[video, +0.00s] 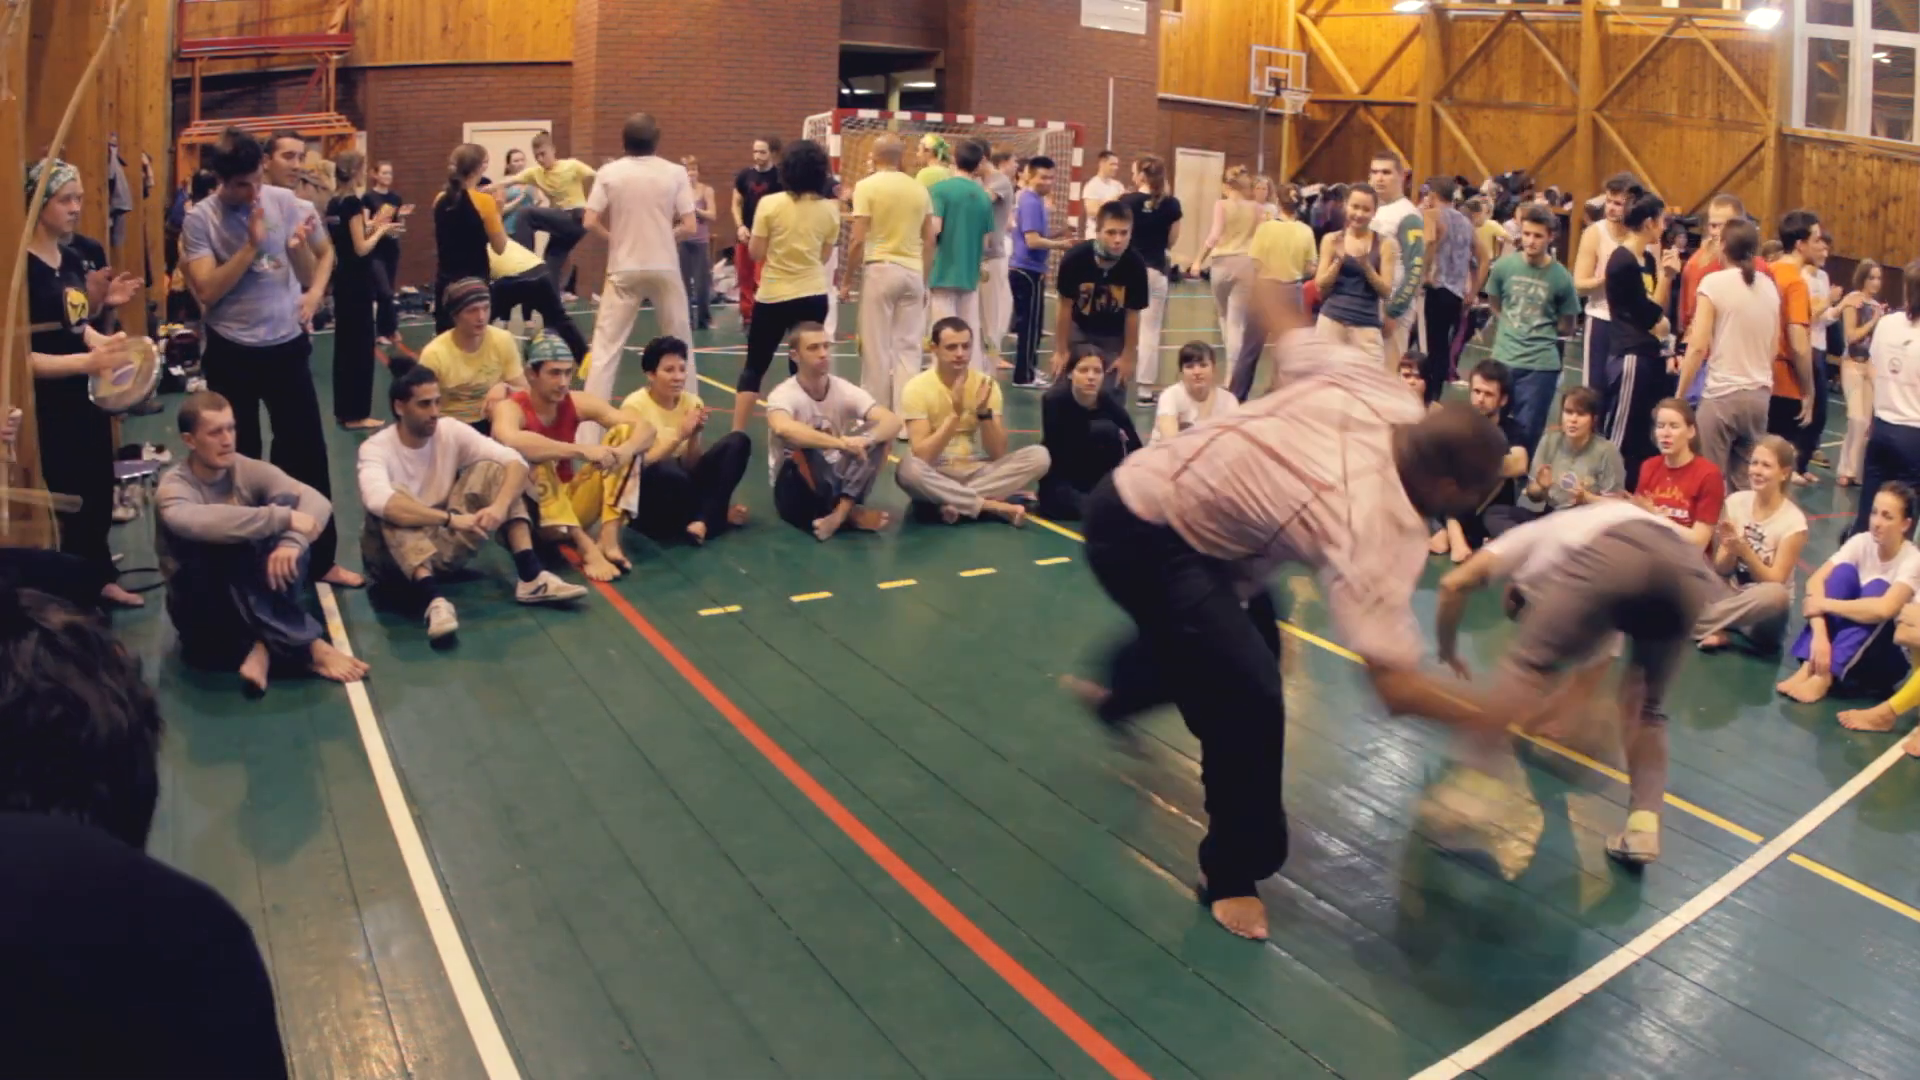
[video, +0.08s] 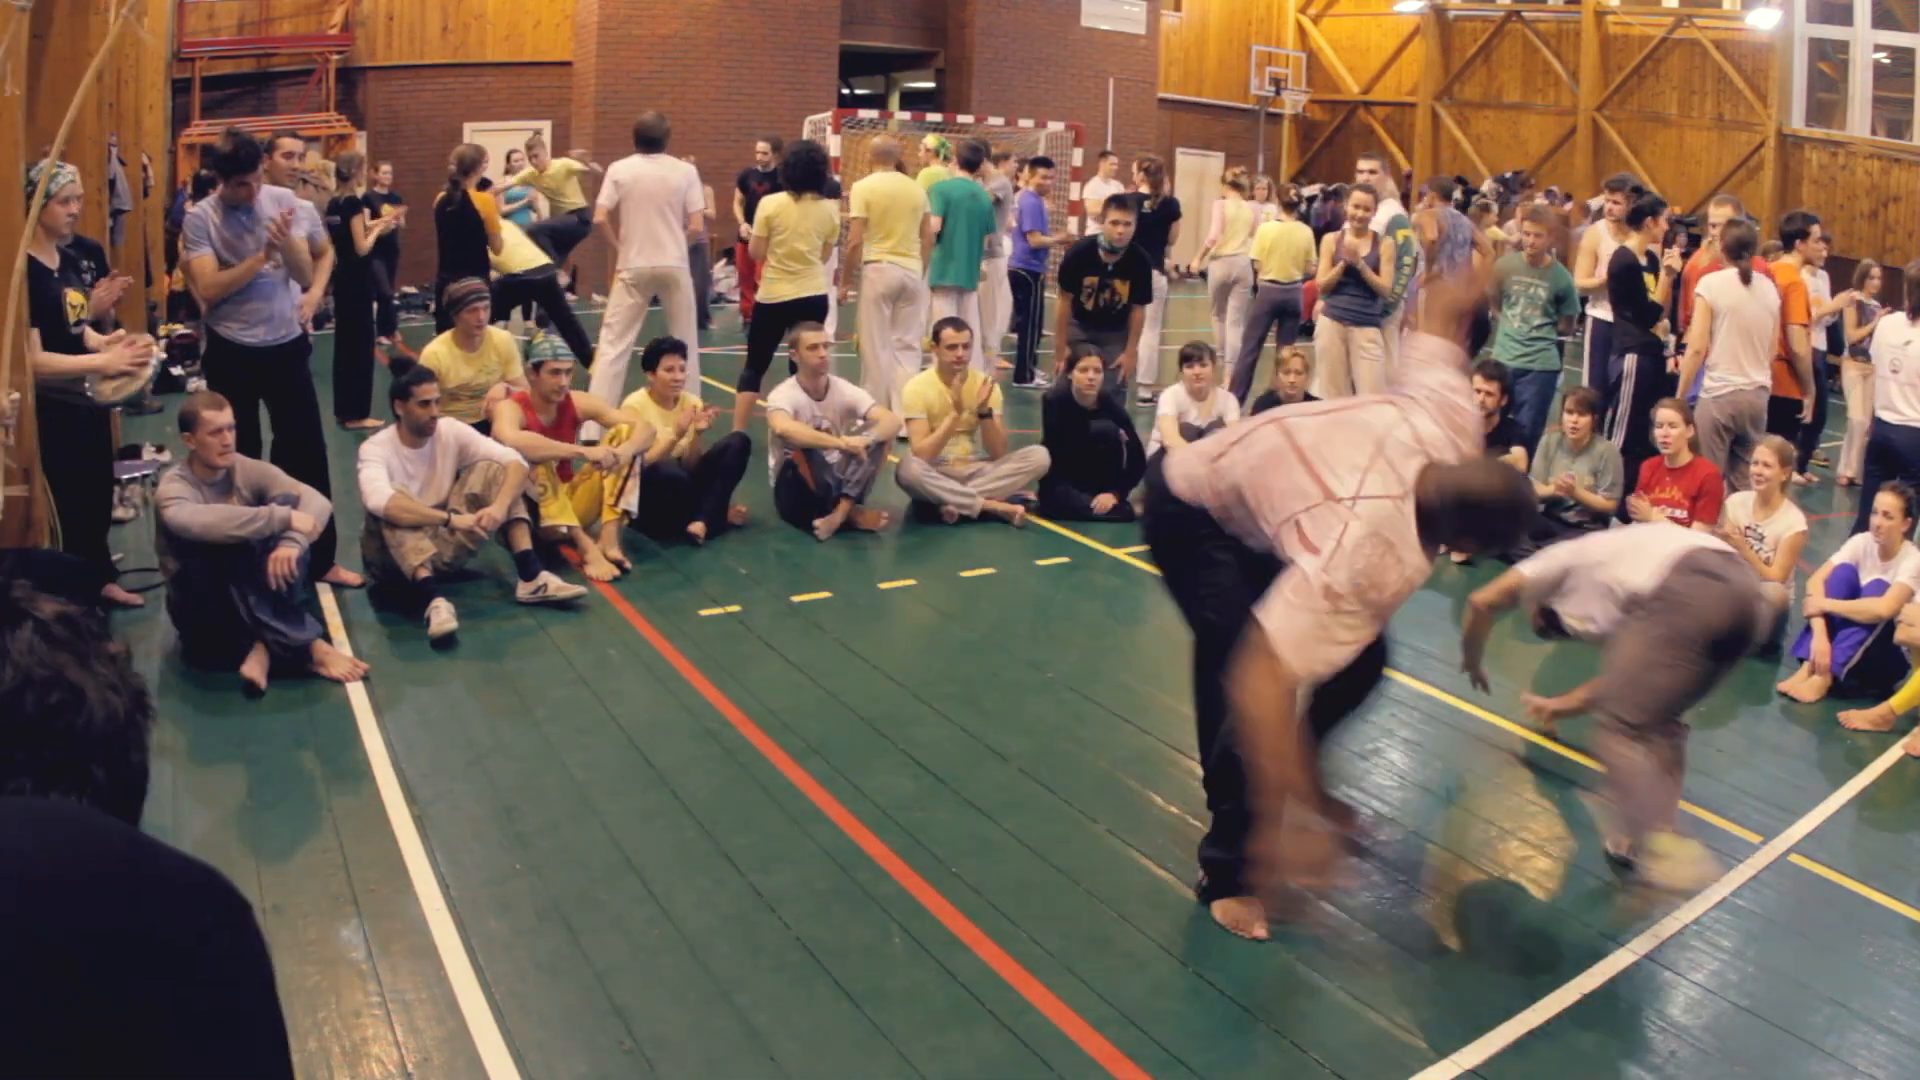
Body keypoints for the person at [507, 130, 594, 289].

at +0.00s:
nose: (540, 159)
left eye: (543, 154)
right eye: (537, 156)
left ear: (553, 150)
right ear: (534, 156)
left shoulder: (572, 166)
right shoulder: (536, 173)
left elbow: (598, 178)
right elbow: (511, 181)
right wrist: (488, 189)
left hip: (576, 216)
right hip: (561, 219)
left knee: (527, 215)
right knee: (552, 262)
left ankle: (523, 263)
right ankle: (550, 304)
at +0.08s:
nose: (533, 161)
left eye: (536, 156)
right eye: (530, 158)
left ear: (546, 153)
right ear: (527, 158)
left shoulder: (564, 164)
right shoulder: (531, 174)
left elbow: (599, 173)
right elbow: (507, 185)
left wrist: (588, 161)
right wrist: (485, 194)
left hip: (579, 215)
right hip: (562, 219)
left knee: (536, 230)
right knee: (552, 261)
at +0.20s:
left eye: (494, 194)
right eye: (522, 180)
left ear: (499, 193)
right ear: (519, 187)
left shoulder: (502, 216)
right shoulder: (544, 205)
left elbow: (500, 251)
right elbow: (575, 228)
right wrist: (587, 236)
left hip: (525, 277)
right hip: (557, 275)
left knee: (497, 321)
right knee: (576, 319)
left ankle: (494, 368)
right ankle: (596, 364)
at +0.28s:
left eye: (521, 181)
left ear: (526, 181)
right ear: (547, 178)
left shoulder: (522, 208)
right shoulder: (568, 199)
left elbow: (514, 247)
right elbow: (598, 216)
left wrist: (501, 277)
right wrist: (625, 218)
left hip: (534, 274)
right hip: (566, 274)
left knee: (501, 313)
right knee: (584, 317)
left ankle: (486, 361)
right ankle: (598, 364)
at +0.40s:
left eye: (555, 173)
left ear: (556, 175)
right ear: (578, 174)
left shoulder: (548, 203)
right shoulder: (593, 198)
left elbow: (536, 242)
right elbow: (618, 211)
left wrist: (519, 272)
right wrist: (635, 208)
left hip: (551, 266)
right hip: (580, 269)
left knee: (526, 291)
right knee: (588, 317)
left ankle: (539, 329)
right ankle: (598, 364)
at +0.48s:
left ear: (566, 177)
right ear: (588, 176)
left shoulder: (557, 204)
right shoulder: (602, 200)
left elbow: (545, 242)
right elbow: (628, 210)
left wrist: (531, 273)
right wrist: (644, 206)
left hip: (558, 269)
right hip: (587, 271)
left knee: (522, 265)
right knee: (594, 317)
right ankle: (599, 364)